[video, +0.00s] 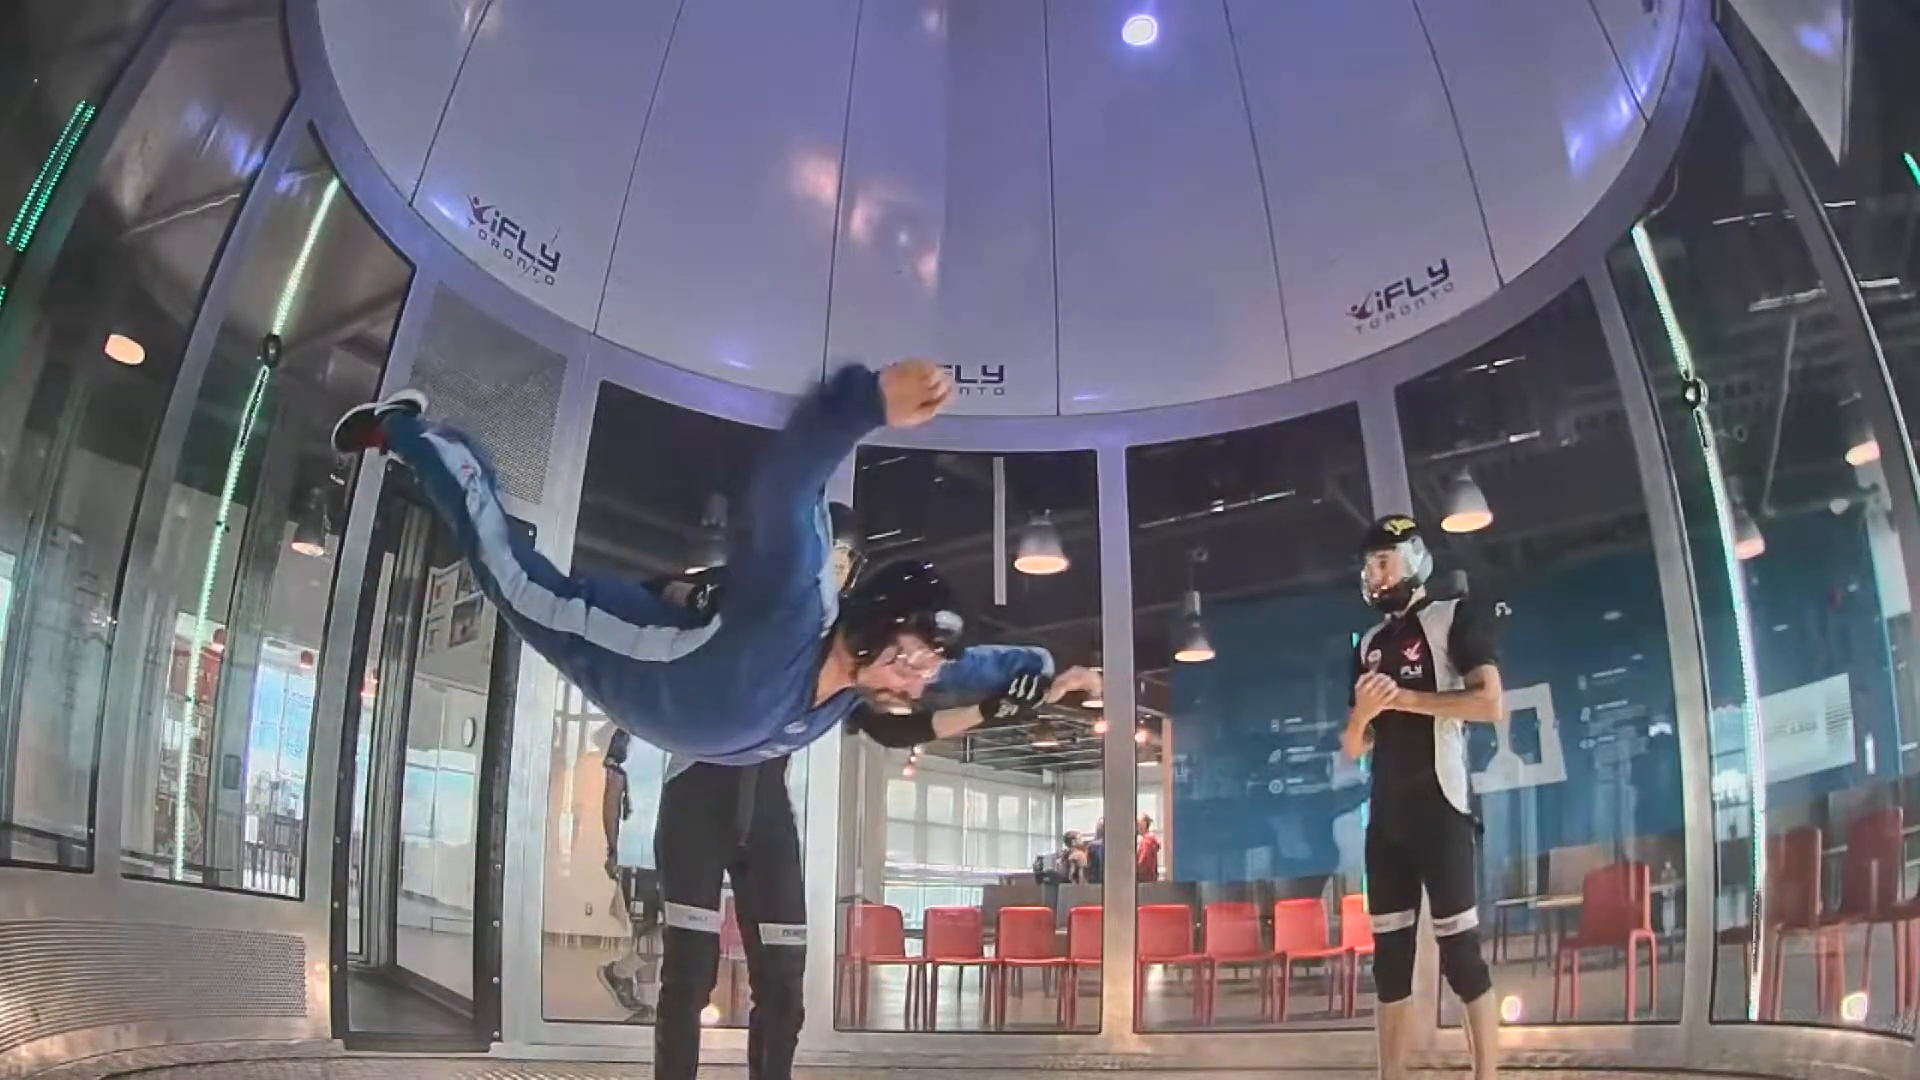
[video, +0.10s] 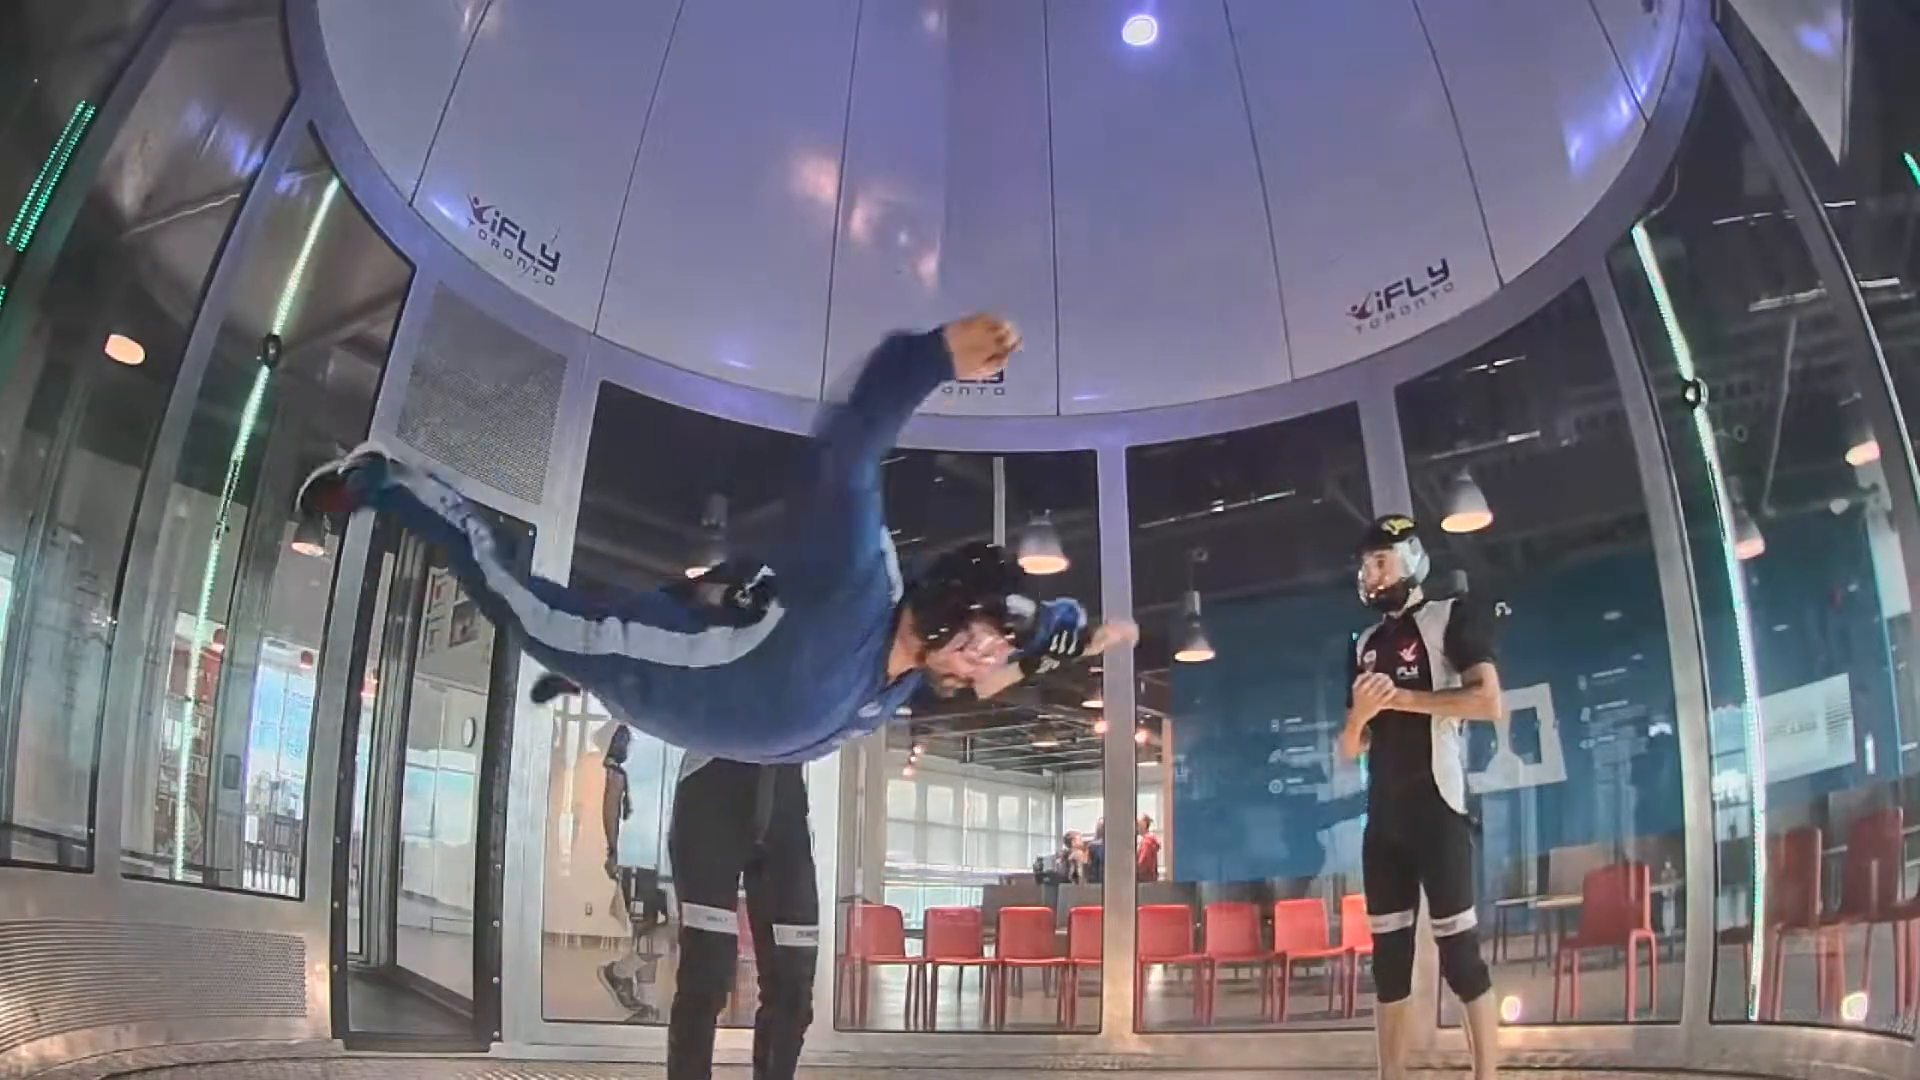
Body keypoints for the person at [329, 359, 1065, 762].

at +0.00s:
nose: (914, 674)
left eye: (926, 667)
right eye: (910, 651)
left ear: (918, 677)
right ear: (876, 624)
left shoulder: (848, 692)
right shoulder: (793, 614)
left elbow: (955, 678)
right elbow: (780, 493)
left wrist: (1040, 669)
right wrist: (864, 403)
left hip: (659, 670)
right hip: (610, 637)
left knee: (560, 601)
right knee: (503, 559)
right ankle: (412, 430)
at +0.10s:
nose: (987, 665)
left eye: (1005, 661)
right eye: (992, 641)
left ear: (985, 671)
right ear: (956, 609)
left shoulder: (886, 695)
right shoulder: (859, 586)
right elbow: (846, 458)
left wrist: (1069, 635)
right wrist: (934, 357)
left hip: (661, 707)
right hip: (630, 648)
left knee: (568, 650)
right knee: (507, 585)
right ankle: (391, 482)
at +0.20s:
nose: (1024, 655)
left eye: (1039, 644)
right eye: (1022, 631)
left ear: (1014, 641)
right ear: (982, 597)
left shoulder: (929, 673)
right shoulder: (886, 578)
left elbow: (1017, 625)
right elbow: (882, 447)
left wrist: (1092, 617)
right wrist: (970, 345)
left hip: (692, 722)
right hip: (659, 658)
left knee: (585, 674)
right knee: (510, 599)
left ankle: (548, 699)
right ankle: (367, 516)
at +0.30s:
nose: (1069, 659)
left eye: (1084, 649)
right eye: (1073, 636)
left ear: (1060, 630)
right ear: (1041, 596)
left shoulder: (976, 657)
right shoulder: (943, 574)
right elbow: (951, 441)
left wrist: (1134, 584)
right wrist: (1065, 337)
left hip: (732, 728)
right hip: (703, 670)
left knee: (624, 713)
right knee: (527, 651)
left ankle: (553, 714)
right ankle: (339, 587)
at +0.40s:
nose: (1084, 659)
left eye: (1098, 650)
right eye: (1091, 638)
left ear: (1068, 625)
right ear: (1066, 601)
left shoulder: (985, 667)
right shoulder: (969, 573)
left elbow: (870, 614)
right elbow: (974, 441)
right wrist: (1097, 344)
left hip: (744, 727)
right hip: (718, 678)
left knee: (603, 691)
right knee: (541, 665)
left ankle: (532, 701)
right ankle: (335, 615)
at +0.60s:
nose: (1129, 670)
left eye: (1141, 662)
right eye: (1135, 649)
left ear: (1113, 645)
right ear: (1106, 613)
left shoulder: (1021, 680)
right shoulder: (1023, 594)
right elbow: (1054, 463)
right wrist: (1201, 395)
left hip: (794, 712)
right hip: (779, 693)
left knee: (620, 677)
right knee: (597, 694)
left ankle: (419, 602)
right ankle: (340, 601)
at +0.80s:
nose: (1155, 694)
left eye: (1169, 687)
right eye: (1162, 674)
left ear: (1142, 681)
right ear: (1134, 648)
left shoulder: (1040, 712)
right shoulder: (1050, 655)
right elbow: (1121, 509)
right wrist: (1274, 448)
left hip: (778, 731)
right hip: (774, 711)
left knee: (603, 636)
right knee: (615, 654)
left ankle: (406, 475)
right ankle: (387, 472)